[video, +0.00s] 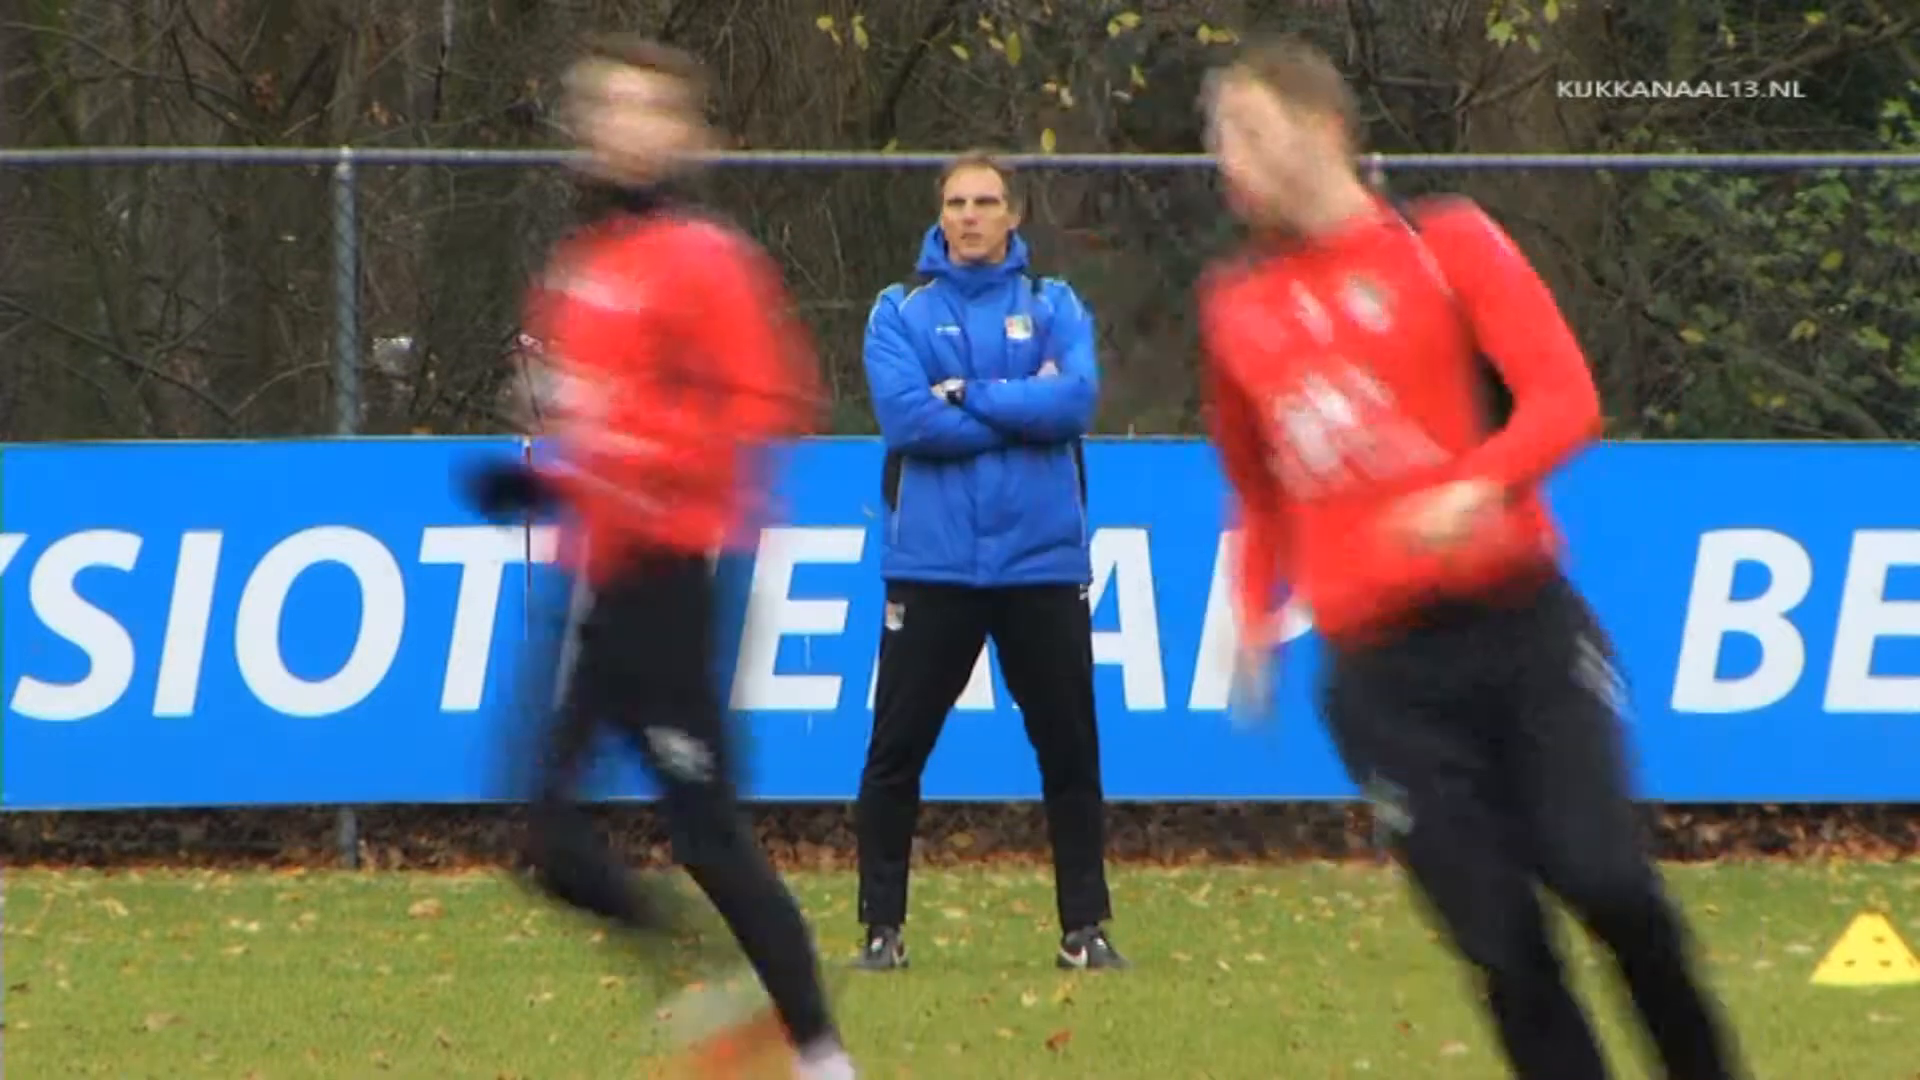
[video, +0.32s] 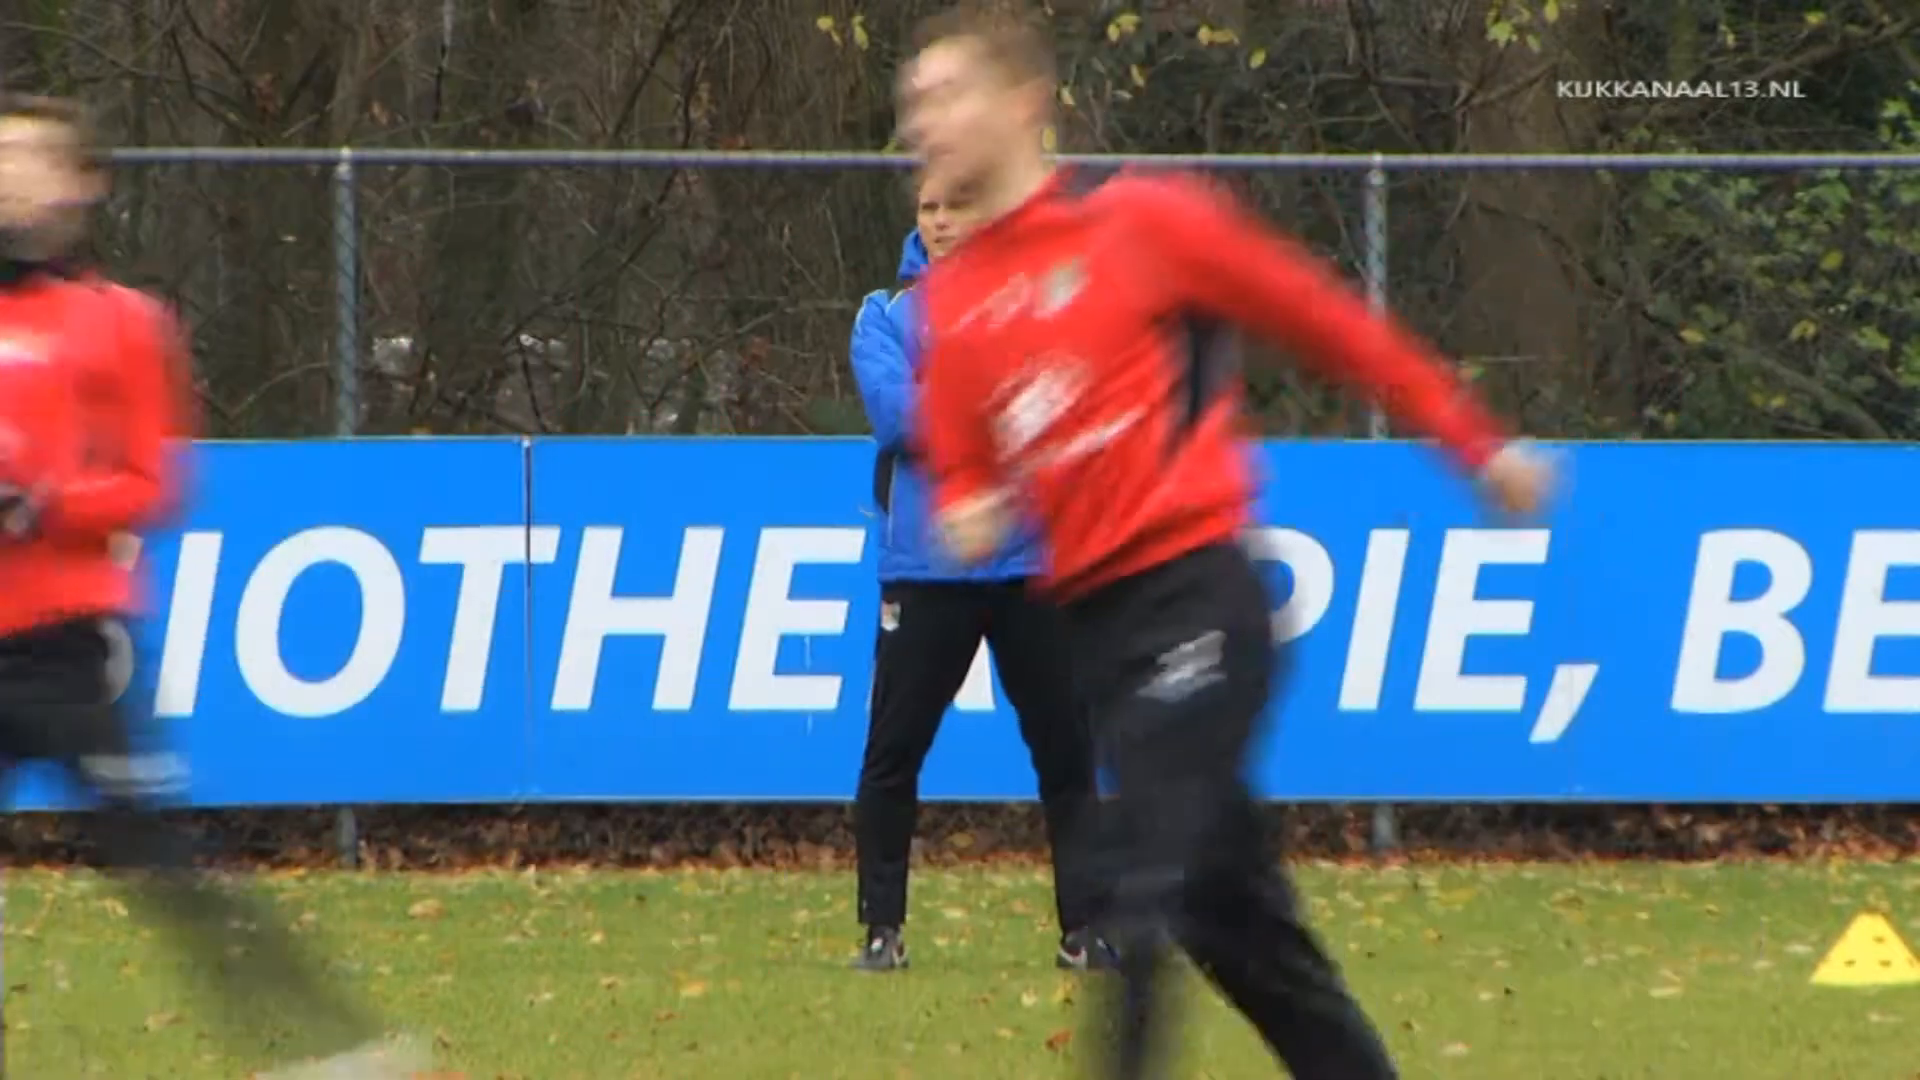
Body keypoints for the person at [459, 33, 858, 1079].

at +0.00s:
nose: (622, 127)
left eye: (646, 110)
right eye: (607, 107)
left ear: (685, 133)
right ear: (580, 127)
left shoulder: (704, 255)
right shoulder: (588, 254)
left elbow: (759, 413)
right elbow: (610, 423)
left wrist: (631, 461)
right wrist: (538, 478)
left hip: (673, 563)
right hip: (609, 560)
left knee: (698, 815)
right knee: (550, 832)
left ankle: (817, 1043)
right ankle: (704, 958)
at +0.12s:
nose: (374, 94)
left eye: (401, 76)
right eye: (362, 76)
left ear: (458, 98)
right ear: (341, 94)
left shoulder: (476, 211)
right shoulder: (347, 224)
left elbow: (525, 377)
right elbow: (332, 405)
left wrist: (366, 362)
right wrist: (300, 382)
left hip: (446, 539)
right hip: (377, 541)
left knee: (547, 773)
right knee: (316, 778)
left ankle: (737, 960)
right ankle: (306, 1026)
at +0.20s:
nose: (214, 159)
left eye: (235, 141)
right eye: (205, 144)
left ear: (276, 150)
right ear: (199, 161)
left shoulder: (326, 245)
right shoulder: (172, 270)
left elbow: (359, 405)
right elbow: (182, 443)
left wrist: (222, 369)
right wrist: (140, 483)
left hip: (300, 579)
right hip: (210, 589)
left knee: (435, 792)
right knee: (144, 827)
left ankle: (641, 945)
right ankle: (83, 1052)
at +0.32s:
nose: (13, 187)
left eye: (34, 165)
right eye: (5, 165)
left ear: (87, 185)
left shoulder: (122, 320)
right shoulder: (6, 316)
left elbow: (155, 489)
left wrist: (44, 503)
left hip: (57, 623)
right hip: (9, 624)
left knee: (135, 839)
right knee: (131, 838)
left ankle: (327, 1031)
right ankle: (319, 1026)